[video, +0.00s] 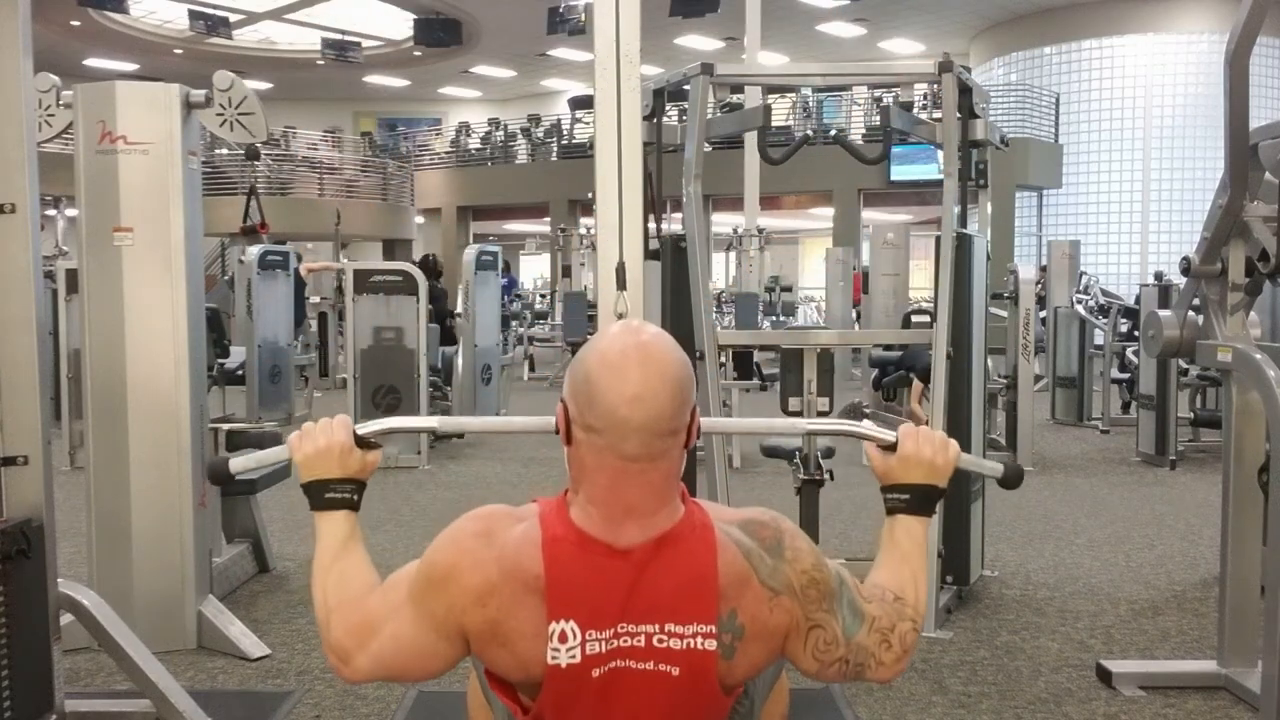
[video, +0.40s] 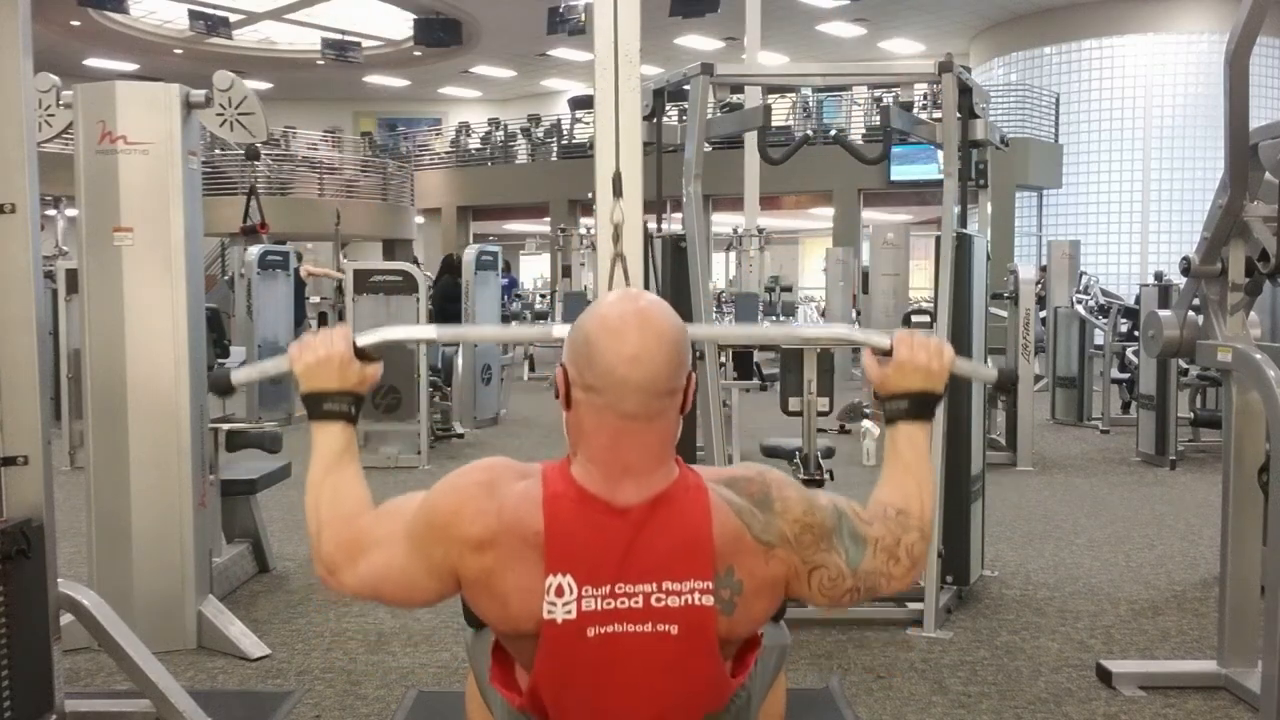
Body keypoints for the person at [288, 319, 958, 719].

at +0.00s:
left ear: (565, 424)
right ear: (691, 430)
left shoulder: (485, 553)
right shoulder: (763, 558)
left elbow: (356, 646)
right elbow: (880, 649)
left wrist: (331, 497)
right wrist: (913, 502)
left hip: (532, 710)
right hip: (701, 713)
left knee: (485, 659)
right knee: (770, 654)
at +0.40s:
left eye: (567, 367)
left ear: (564, 389)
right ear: (686, 393)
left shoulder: (486, 508)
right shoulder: (757, 514)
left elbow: (345, 557)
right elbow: (899, 554)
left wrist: (328, 409)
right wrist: (912, 410)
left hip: (536, 706)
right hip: (710, 704)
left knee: (489, 636)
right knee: (769, 627)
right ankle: (779, 704)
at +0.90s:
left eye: (560, 313)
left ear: (562, 337)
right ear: (676, 337)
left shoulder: (491, 429)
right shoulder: (748, 428)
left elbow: (345, 392)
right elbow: (891, 367)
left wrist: (330, 242)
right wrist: (908, 220)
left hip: (552, 695)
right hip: (710, 692)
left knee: (491, 645)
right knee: (766, 637)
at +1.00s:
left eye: (563, 302)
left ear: (563, 324)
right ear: (673, 324)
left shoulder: (494, 409)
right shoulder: (744, 407)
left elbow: (352, 355)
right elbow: (882, 340)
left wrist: (336, 209)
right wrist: (904, 191)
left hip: (552, 694)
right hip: (705, 691)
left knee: (490, 656)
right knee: (767, 645)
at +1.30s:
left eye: (565, 275)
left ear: (566, 294)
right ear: (671, 294)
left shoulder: (507, 364)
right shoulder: (736, 366)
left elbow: (381, 270)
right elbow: (855, 264)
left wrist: (346, 118)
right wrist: (893, 115)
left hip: (555, 689)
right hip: (700, 688)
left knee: (489, 659)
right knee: (767, 652)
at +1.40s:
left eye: (570, 270)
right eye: (667, 269)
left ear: (568, 288)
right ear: (671, 287)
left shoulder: (511, 352)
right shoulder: (734, 356)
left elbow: (391, 250)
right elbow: (847, 240)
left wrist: (348, 97)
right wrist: (892, 93)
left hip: (554, 686)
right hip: (698, 686)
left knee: (487, 658)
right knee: (769, 649)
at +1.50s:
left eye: (570, 264)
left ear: (568, 282)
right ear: (671, 282)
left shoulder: (512, 343)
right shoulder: (731, 347)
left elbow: (398, 230)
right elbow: (834, 224)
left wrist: (347, 80)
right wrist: (888, 78)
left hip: (555, 683)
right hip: (696, 684)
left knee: (487, 670)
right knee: (770, 646)